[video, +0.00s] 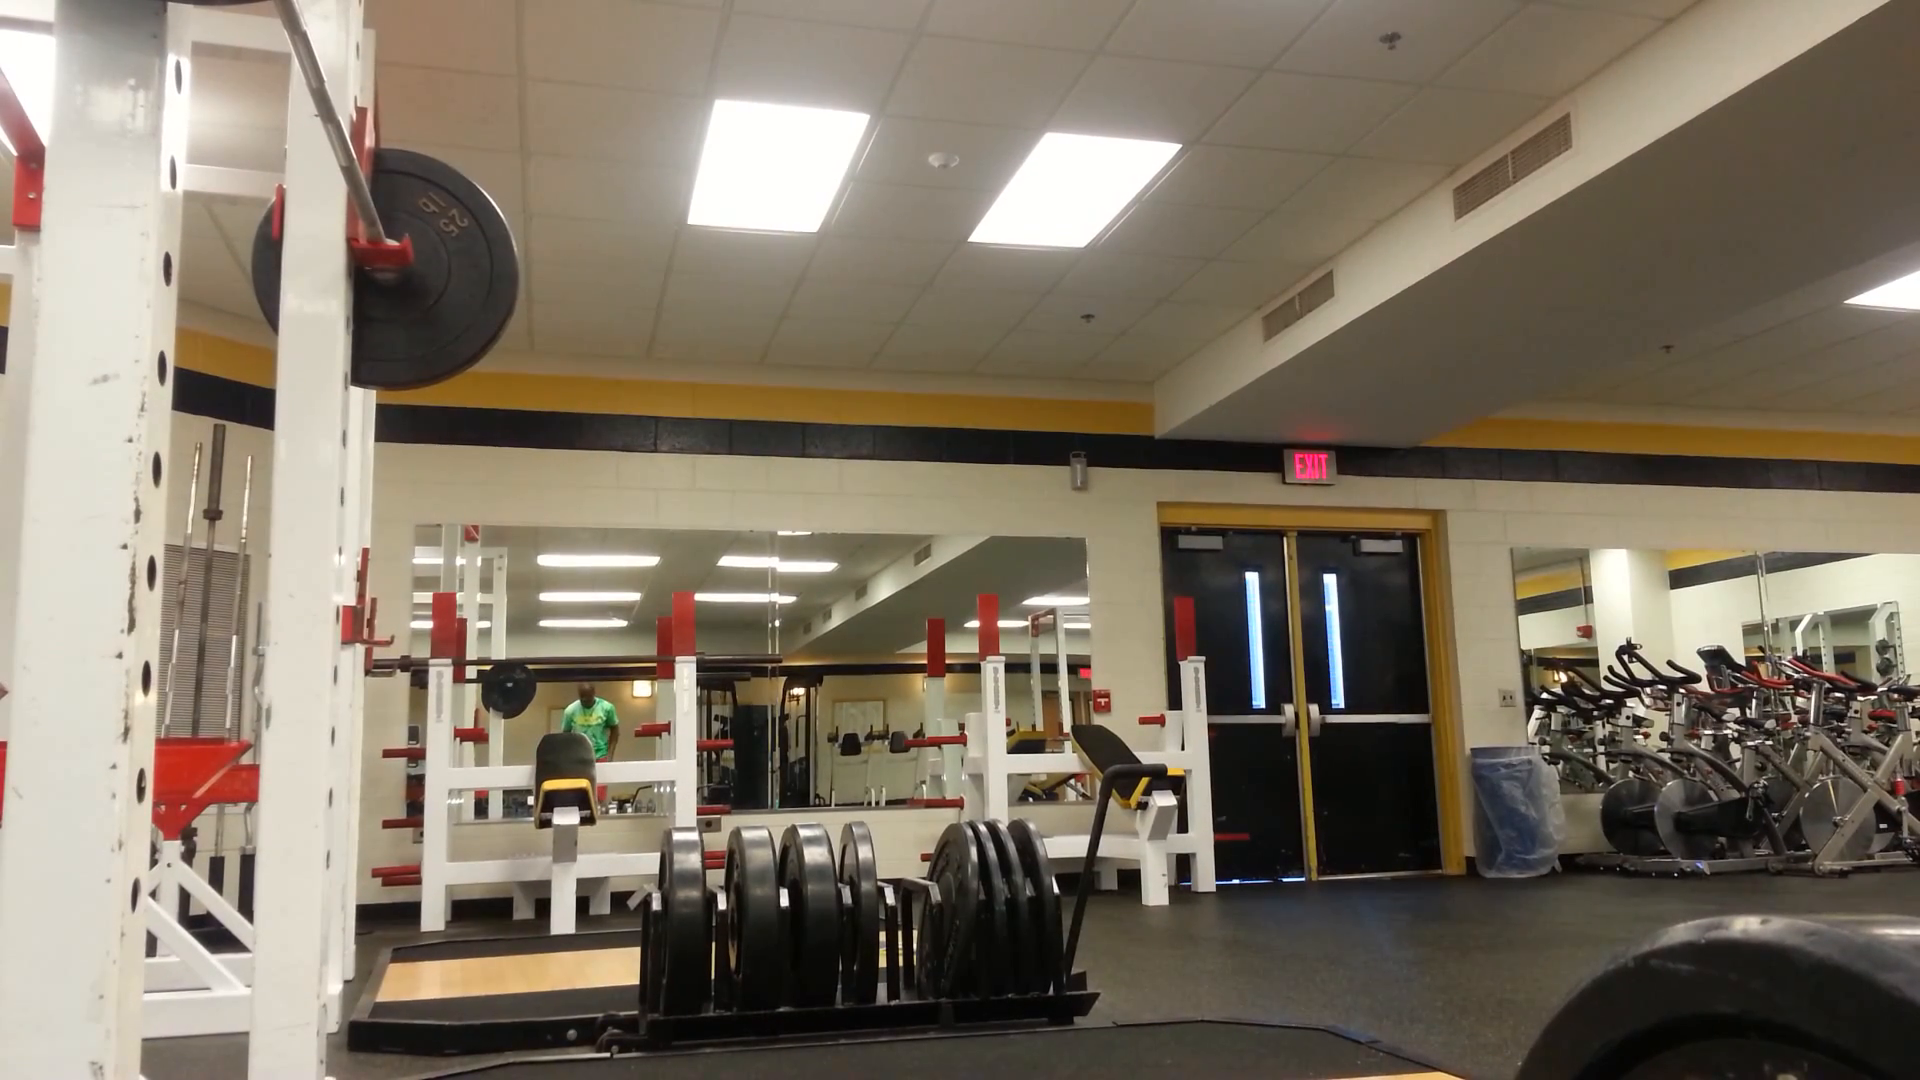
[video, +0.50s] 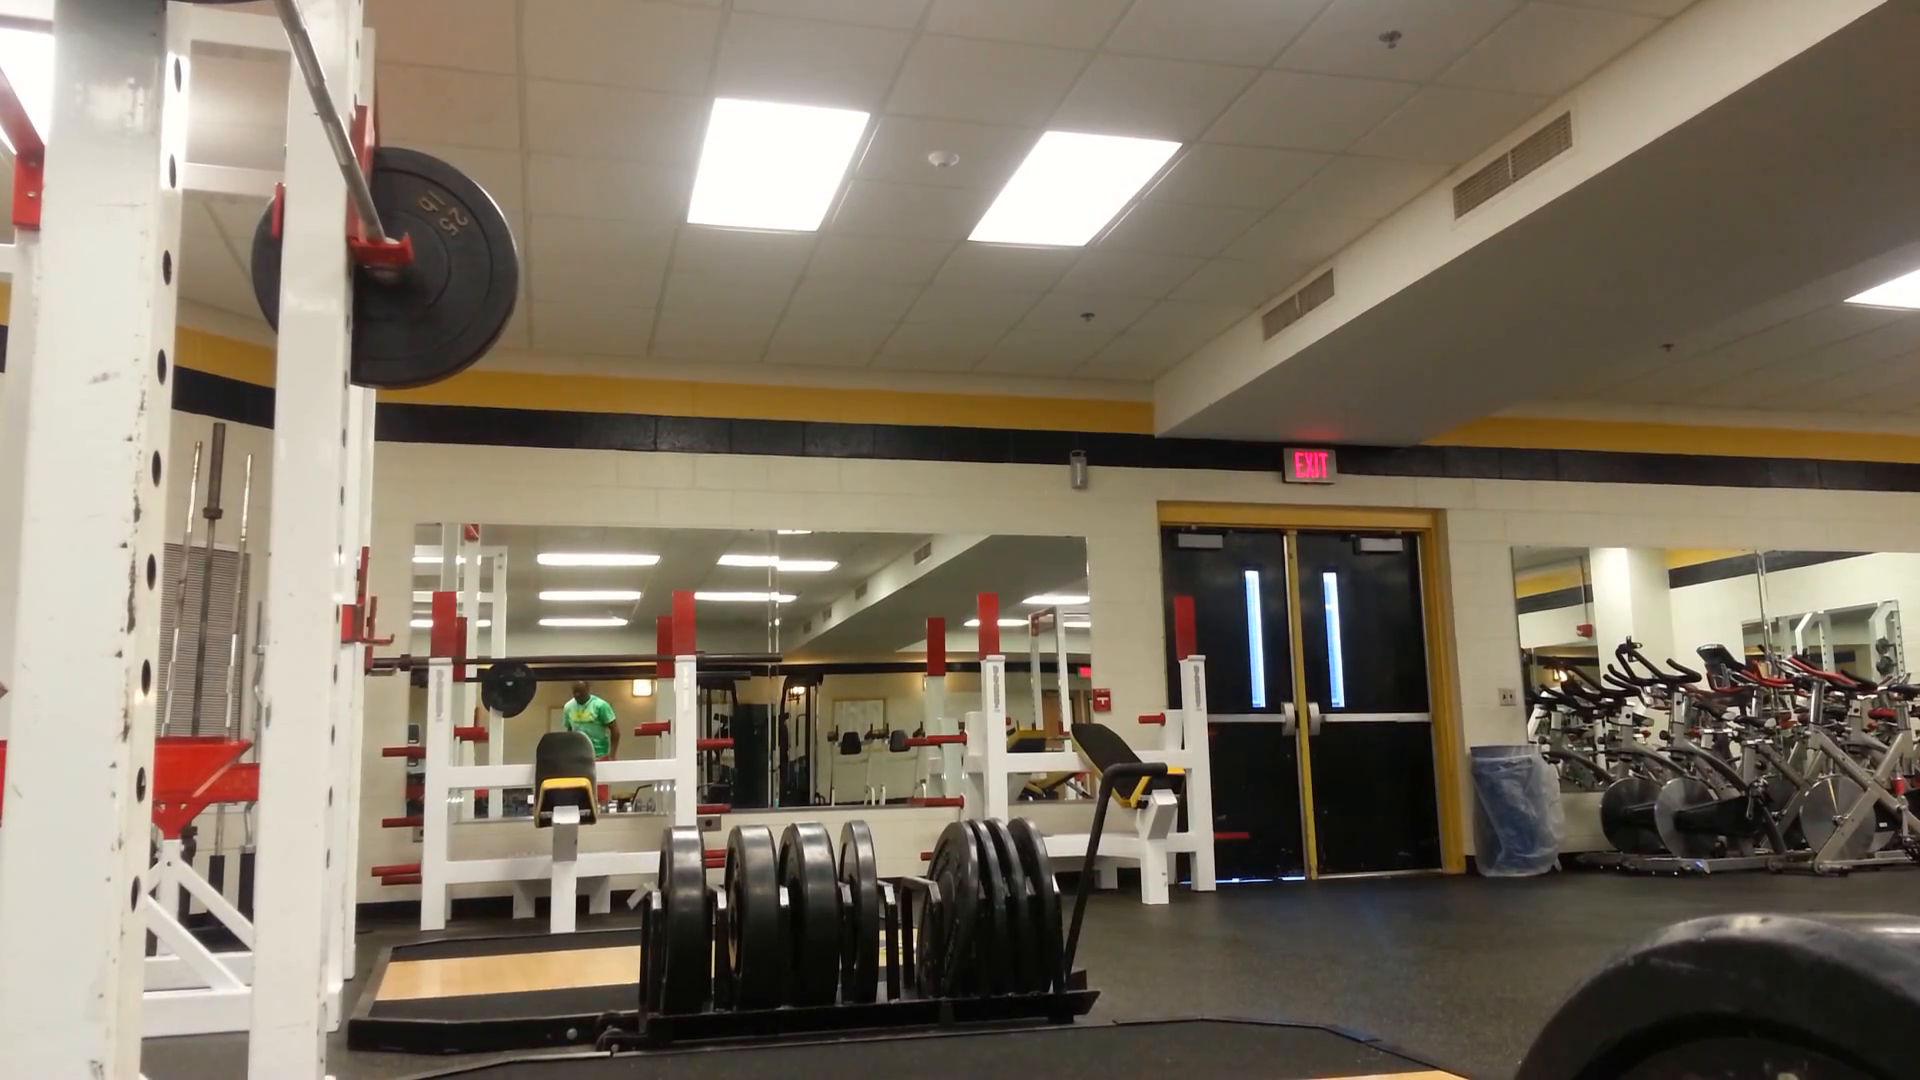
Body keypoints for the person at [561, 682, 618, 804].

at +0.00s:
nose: (585, 699)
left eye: (588, 696)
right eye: (582, 696)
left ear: (594, 693)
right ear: (579, 695)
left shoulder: (607, 708)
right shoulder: (570, 711)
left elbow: (615, 730)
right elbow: (565, 736)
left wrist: (610, 755)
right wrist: (566, 756)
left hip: (600, 758)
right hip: (578, 758)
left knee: (600, 795)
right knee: (580, 794)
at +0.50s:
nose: (577, 695)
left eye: (580, 691)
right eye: (575, 691)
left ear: (588, 689)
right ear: (572, 691)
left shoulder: (601, 706)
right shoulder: (568, 707)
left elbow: (615, 730)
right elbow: (569, 732)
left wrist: (612, 756)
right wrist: (569, 754)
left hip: (600, 757)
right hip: (578, 757)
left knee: (601, 797)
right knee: (580, 794)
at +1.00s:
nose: (574, 689)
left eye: (578, 685)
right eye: (572, 685)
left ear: (585, 685)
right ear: (570, 686)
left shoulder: (597, 702)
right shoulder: (562, 704)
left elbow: (609, 727)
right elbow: (559, 731)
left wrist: (605, 754)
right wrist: (560, 752)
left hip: (592, 753)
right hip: (570, 753)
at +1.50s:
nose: (576, 686)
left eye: (579, 682)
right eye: (573, 682)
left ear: (585, 683)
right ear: (570, 683)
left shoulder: (597, 702)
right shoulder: (560, 703)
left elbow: (609, 729)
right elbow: (557, 731)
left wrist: (602, 755)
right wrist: (556, 753)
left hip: (590, 752)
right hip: (567, 752)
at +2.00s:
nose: (571, 685)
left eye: (574, 681)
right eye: (568, 681)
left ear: (581, 681)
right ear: (566, 681)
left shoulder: (594, 700)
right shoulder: (558, 701)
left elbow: (601, 729)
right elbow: (554, 728)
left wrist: (579, 720)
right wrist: (552, 749)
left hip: (587, 751)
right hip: (563, 751)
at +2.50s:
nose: (568, 676)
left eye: (572, 672)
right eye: (567, 672)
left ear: (583, 674)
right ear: (565, 674)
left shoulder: (596, 698)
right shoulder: (559, 698)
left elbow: (604, 727)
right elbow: (556, 725)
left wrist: (582, 729)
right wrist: (547, 741)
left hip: (587, 752)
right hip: (564, 751)